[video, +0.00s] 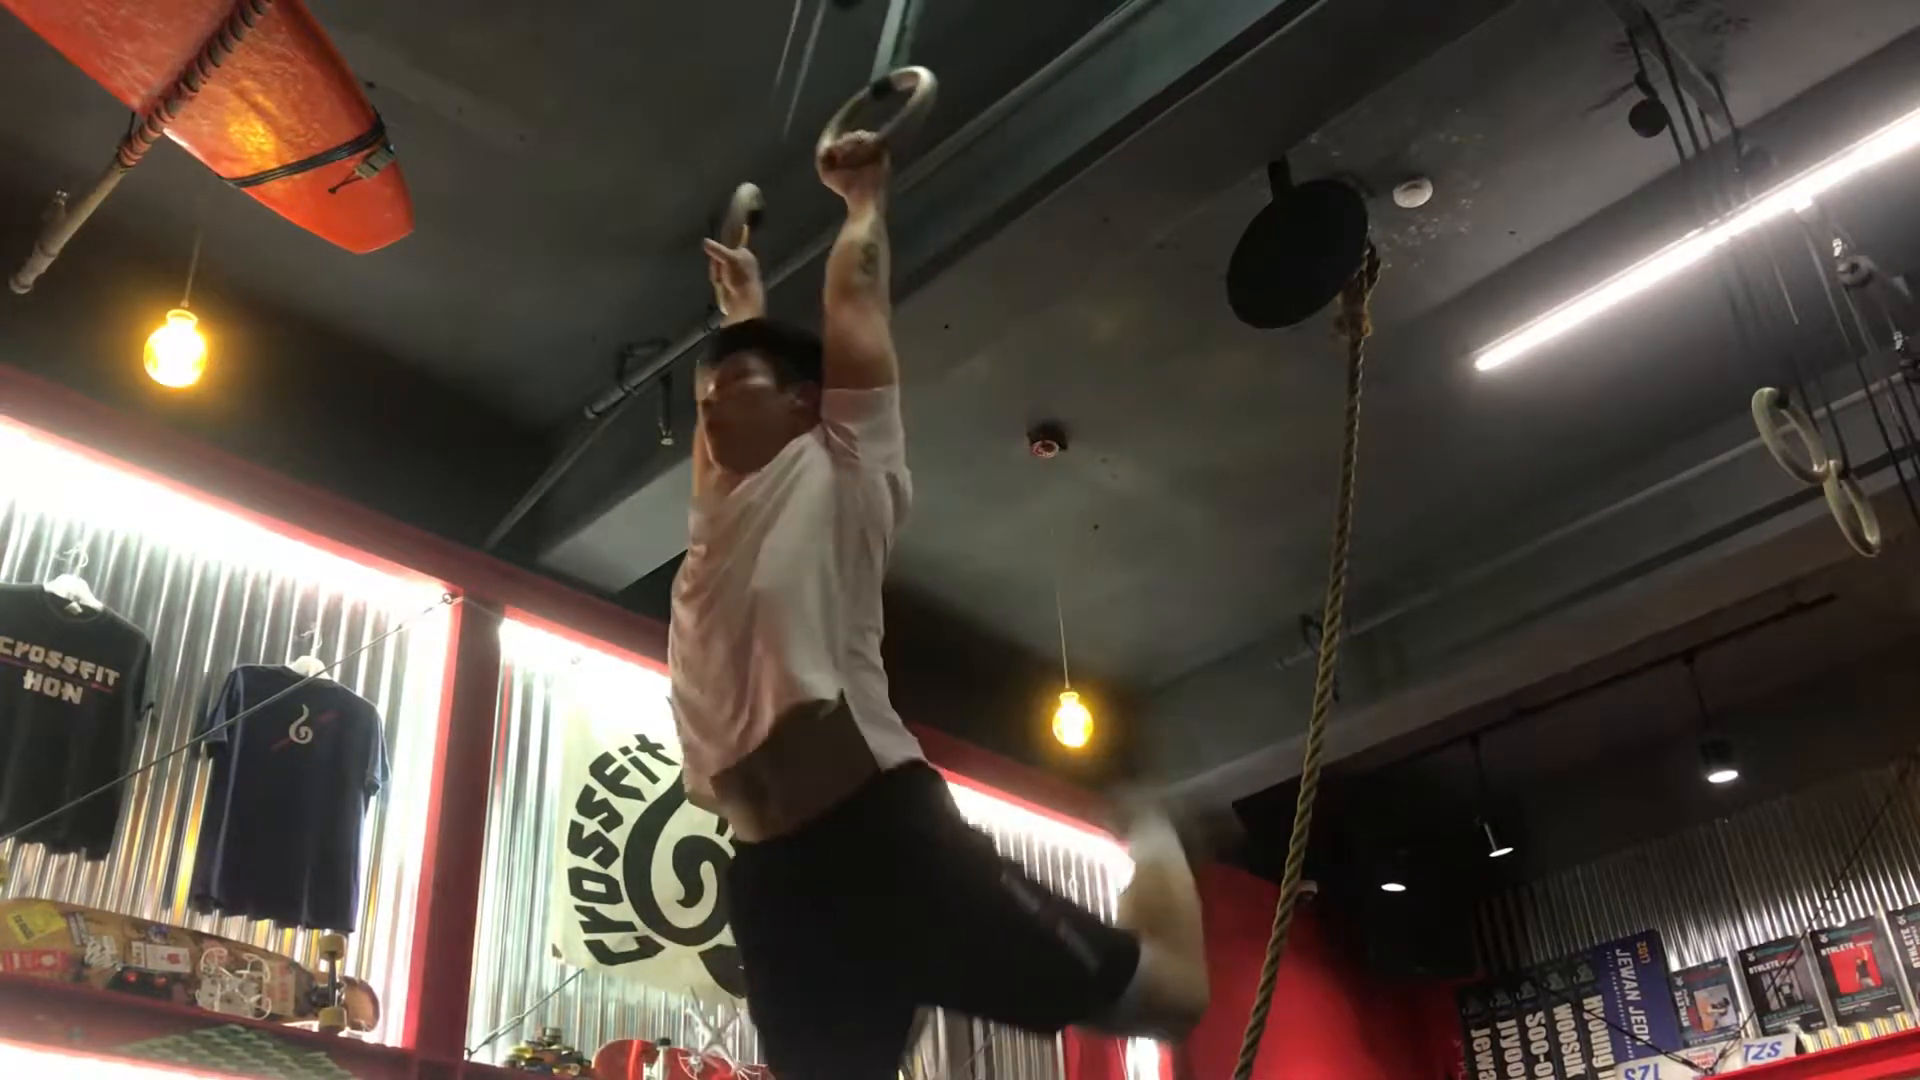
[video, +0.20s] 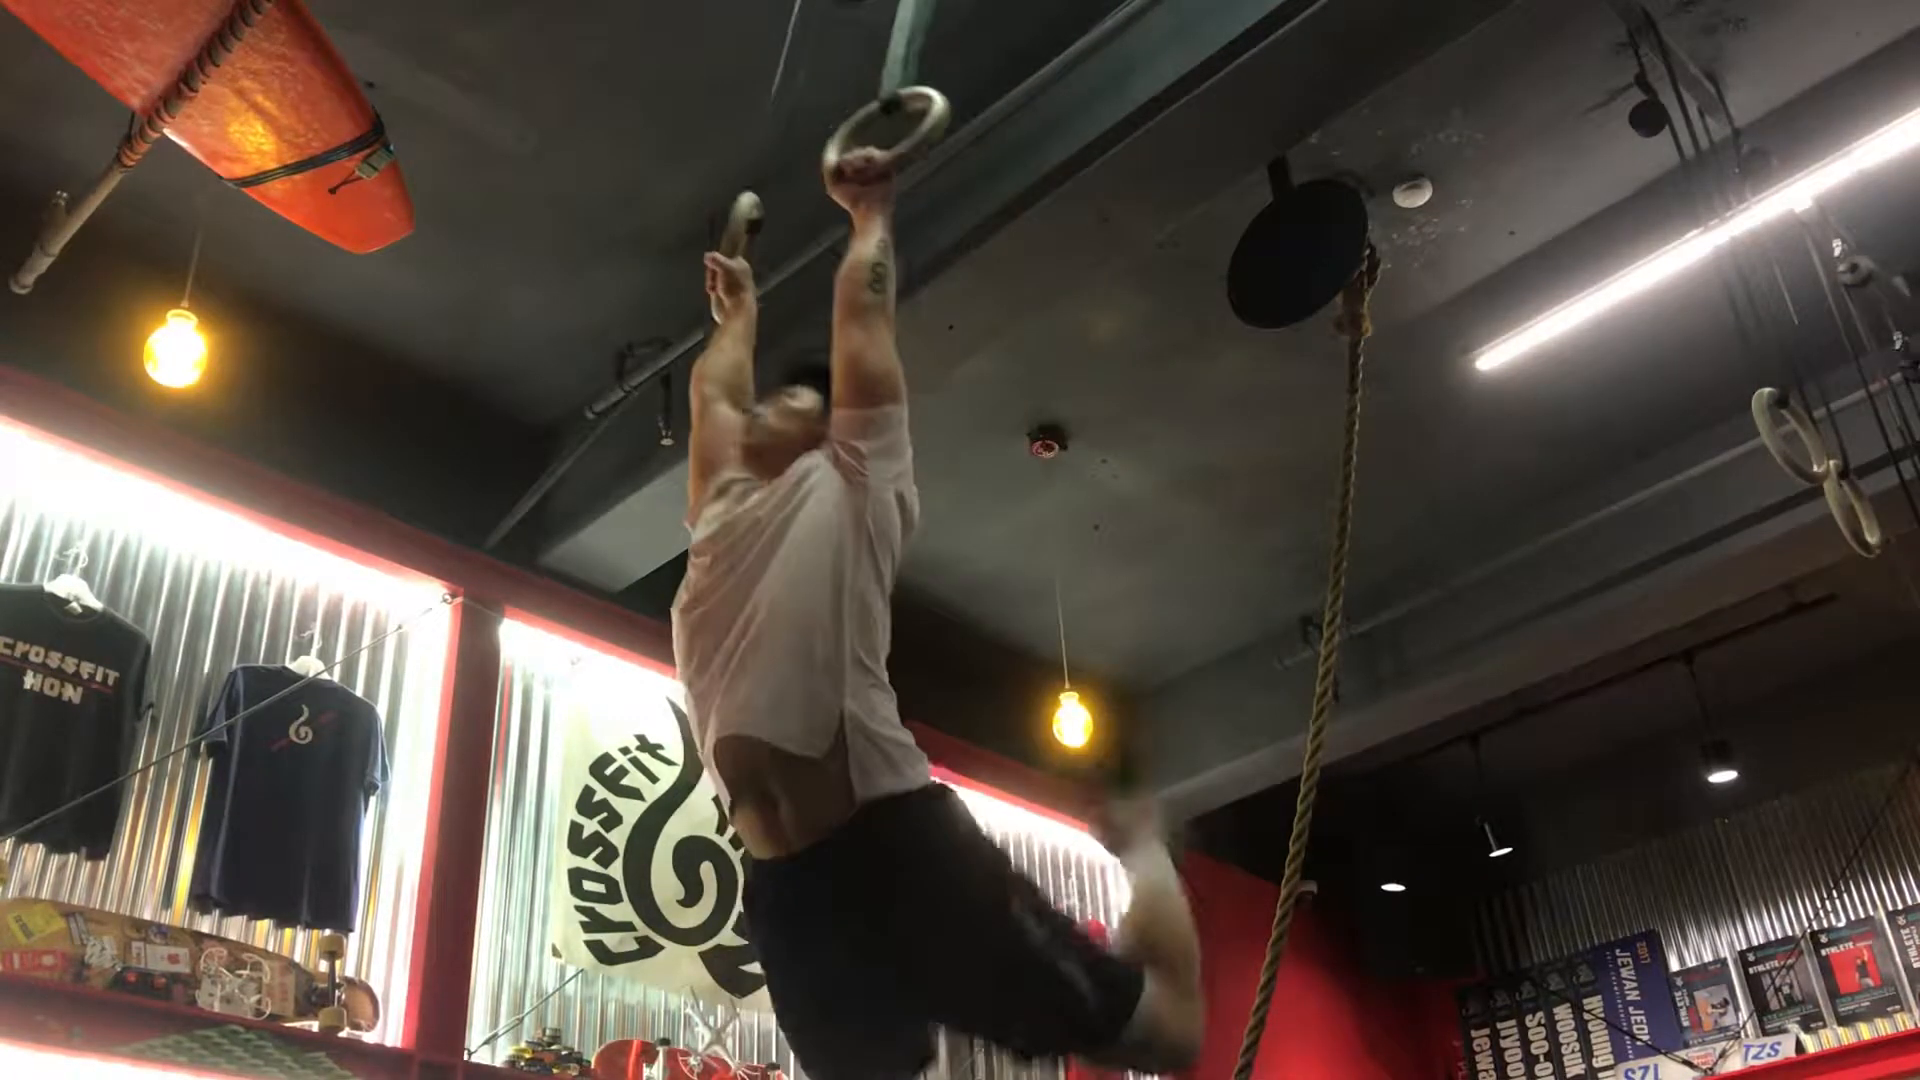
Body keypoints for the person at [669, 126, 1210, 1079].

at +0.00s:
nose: (715, 392)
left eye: (742, 377)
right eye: (708, 382)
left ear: (799, 401)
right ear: (706, 423)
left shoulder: (847, 467)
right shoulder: (714, 521)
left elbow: (854, 303)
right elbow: (720, 422)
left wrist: (862, 193)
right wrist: (745, 308)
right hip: (775, 891)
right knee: (820, 1068)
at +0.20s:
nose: (776, 402)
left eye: (801, 401)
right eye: (771, 398)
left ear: (834, 431)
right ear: (750, 438)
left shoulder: (857, 483)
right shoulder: (719, 515)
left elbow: (862, 316)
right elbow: (715, 398)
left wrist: (868, 208)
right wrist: (735, 311)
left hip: (900, 854)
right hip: (788, 901)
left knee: (1166, 1031)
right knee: (859, 1070)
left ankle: (1141, 840)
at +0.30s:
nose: (826, 450)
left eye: (846, 445)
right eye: (823, 442)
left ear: (870, 471)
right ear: (795, 469)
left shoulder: (881, 523)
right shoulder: (745, 541)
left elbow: (895, 351)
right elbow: (751, 417)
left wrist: (905, 249)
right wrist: (766, 334)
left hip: (905, 899)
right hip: (791, 937)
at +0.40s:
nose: (863, 504)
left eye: (895, 508)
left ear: (935, 532)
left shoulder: (923, 559)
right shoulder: (793, 576)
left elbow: (914, 378)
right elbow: (798, 445)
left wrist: (923, 284)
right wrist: (810, 348)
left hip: (932, 924)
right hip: (829, 947)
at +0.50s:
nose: (953, 553)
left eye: (980, 550)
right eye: (948, 551)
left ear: (1026, 588)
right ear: (927, 572)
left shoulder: (1013, 618)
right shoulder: (870, 641)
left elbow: (963, 438)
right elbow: (855, 494)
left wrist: (952, 321)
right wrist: (853, 383)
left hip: (1012, 955)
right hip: (902, 968)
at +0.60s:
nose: (1051, 599)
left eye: (1072, 594)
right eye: (1049, 595)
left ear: (1100, 609)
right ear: (1036, 612)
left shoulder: (1111, 647)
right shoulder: (981, 671)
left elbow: (1065, 494)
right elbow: (957, 548)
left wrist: (1049, 371)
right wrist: (945, 442)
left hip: (1033, 911)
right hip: (936, 901)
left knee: (774, 948)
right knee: (763, 947)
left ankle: (667, 1052)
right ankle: (667, 1053)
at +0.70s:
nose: (1126, 606)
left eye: (1142, 601)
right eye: (1123, 604)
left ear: (1171, 607)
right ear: (1110, 615)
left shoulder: (1191, 640)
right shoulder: (1048, 647)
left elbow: (1187, 497)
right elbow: (1010, 581)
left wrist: (1155, 395)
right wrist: (1006, 483)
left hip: (1029, 720)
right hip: (946, 742)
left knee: (845, 621)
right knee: (691, 746)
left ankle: (754, 885)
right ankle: (705, 956)